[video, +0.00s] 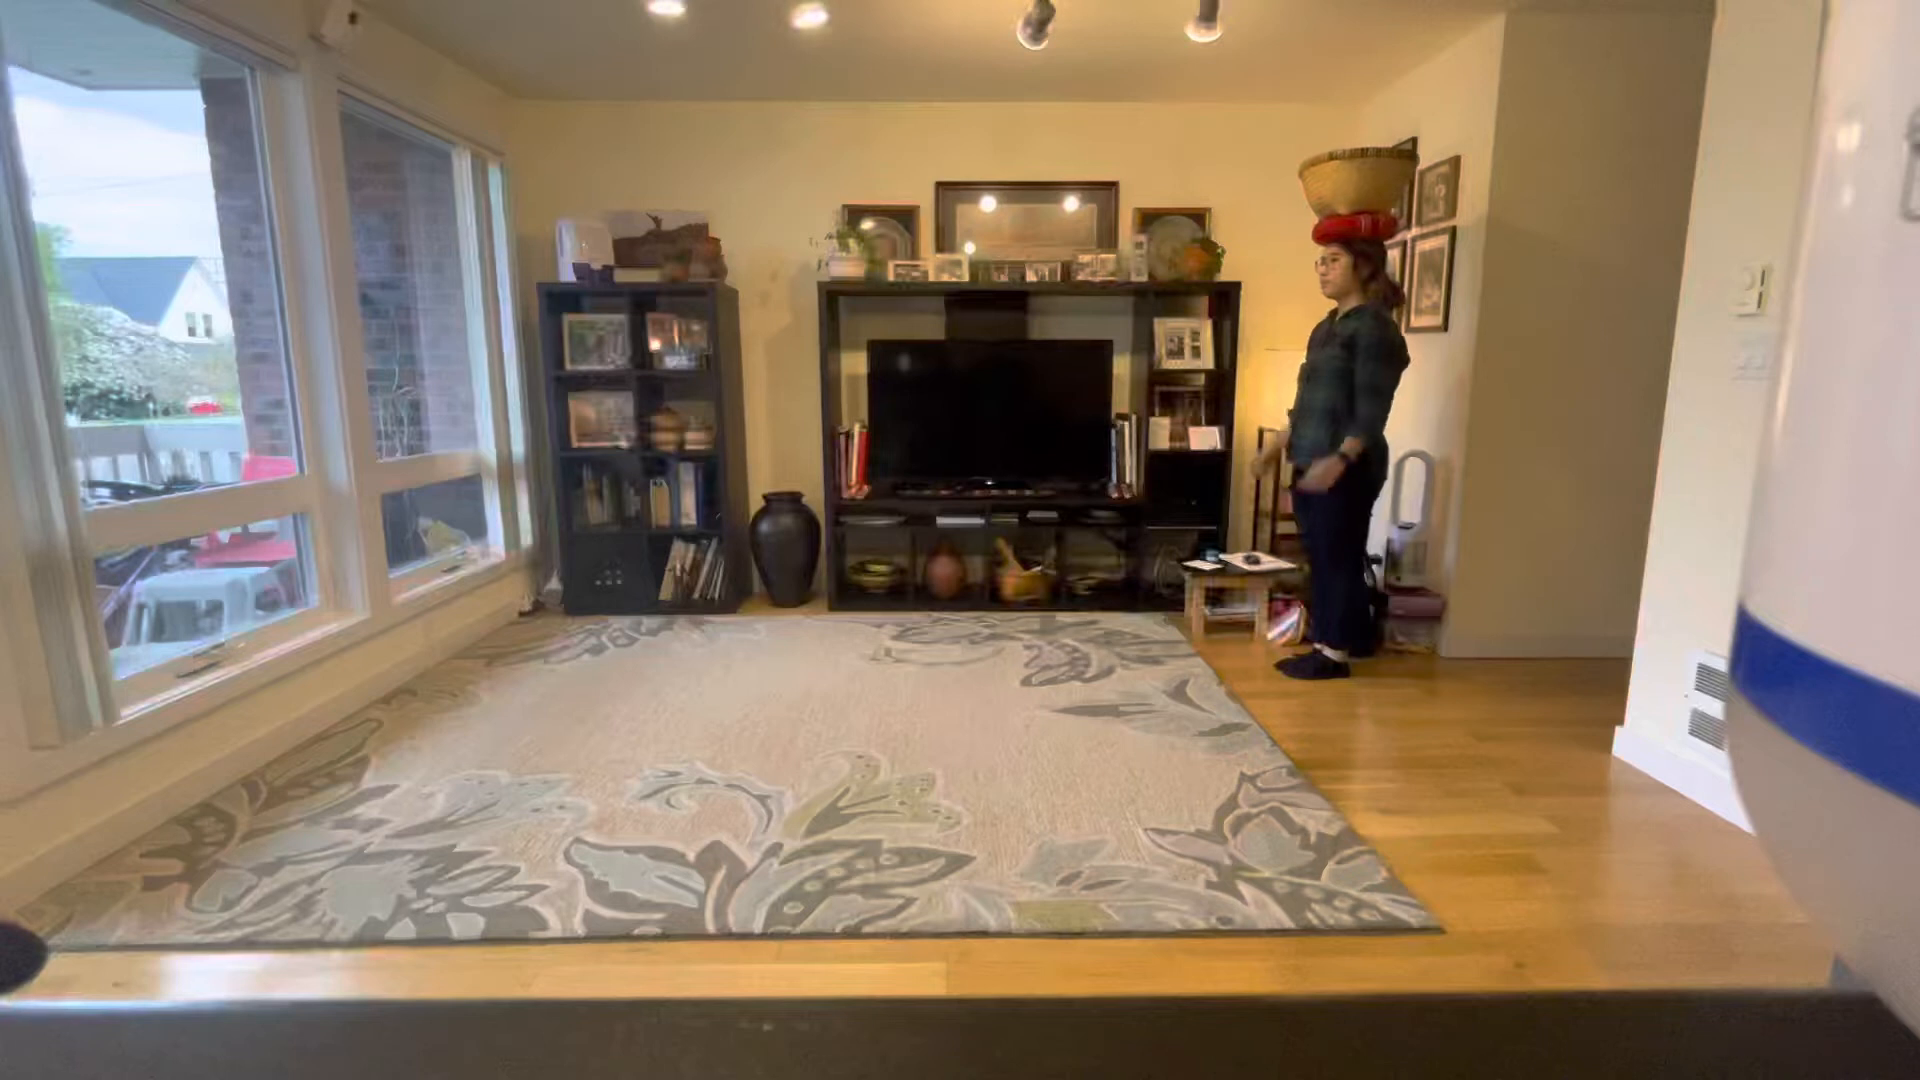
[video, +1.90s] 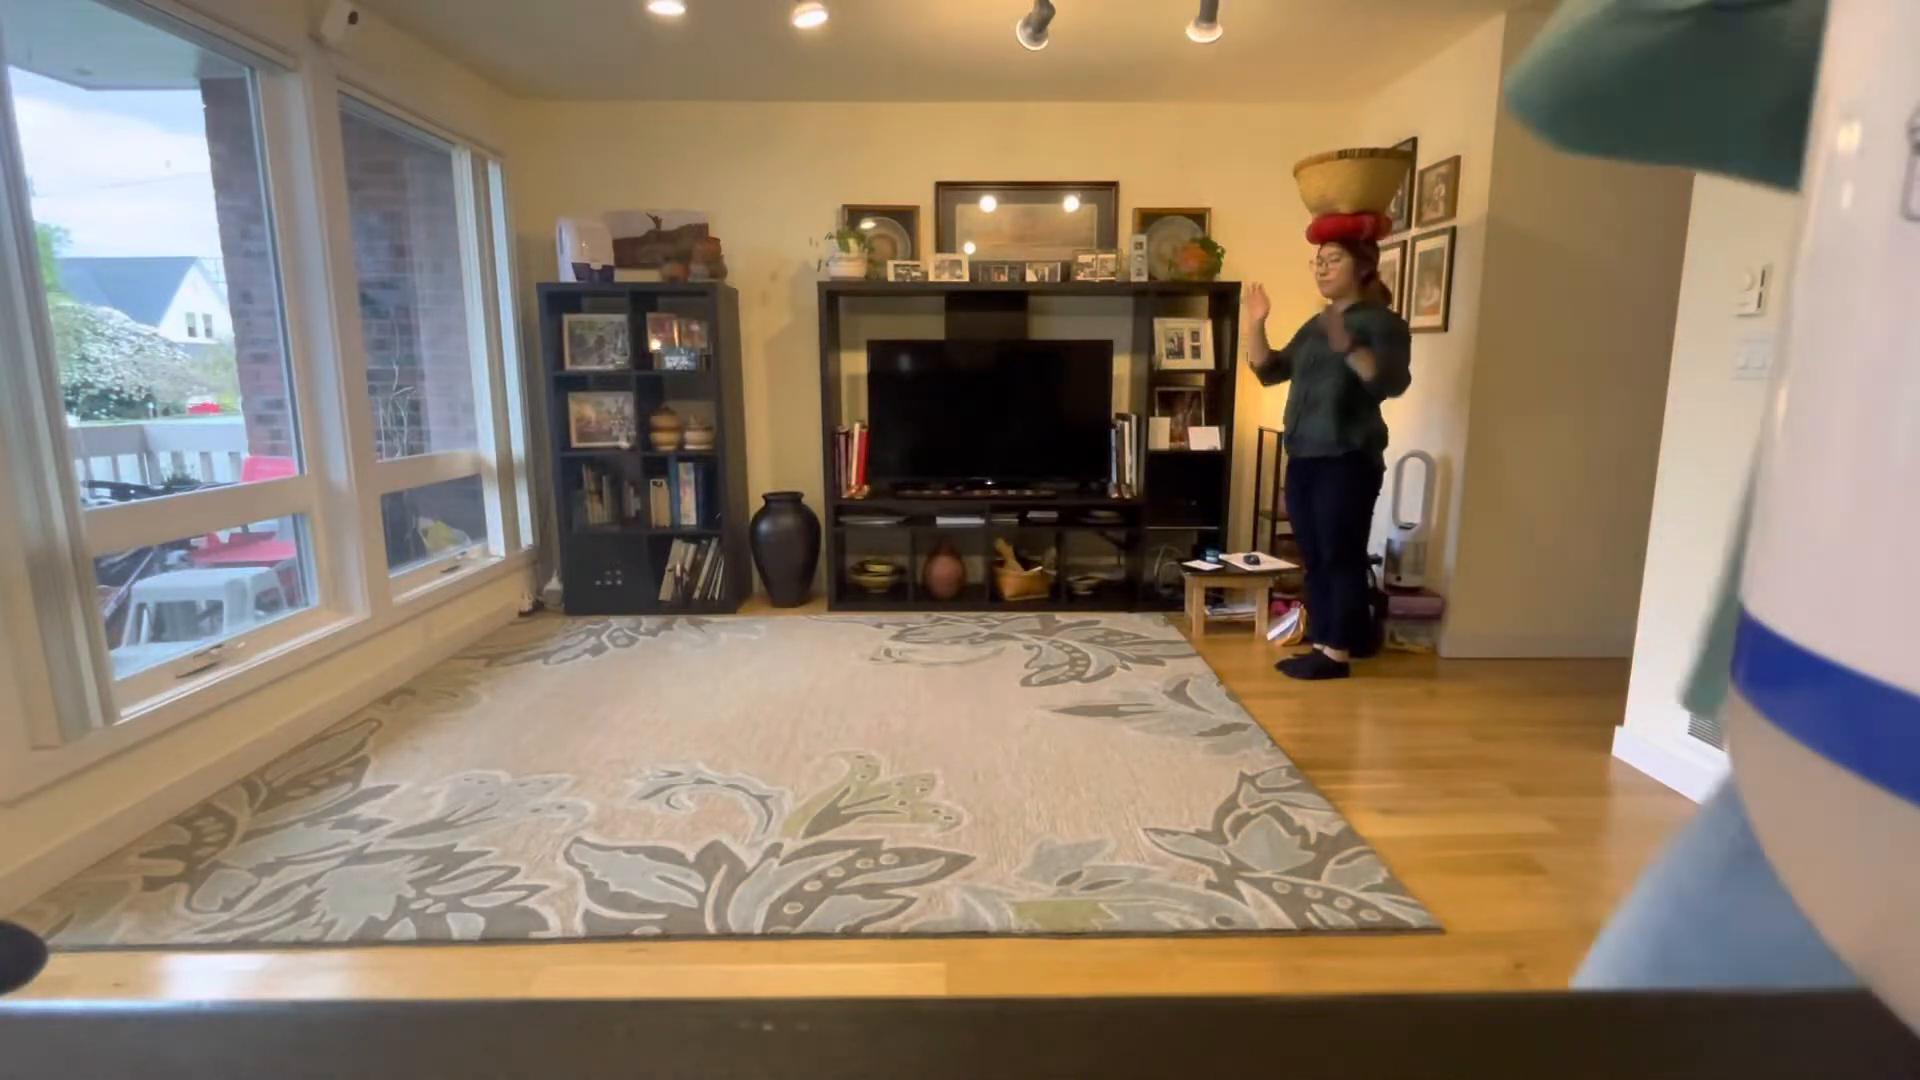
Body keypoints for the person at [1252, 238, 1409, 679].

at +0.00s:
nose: (1322, 270)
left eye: (1332, 261)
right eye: (1320, 262)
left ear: (1363, 268)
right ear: (1321, 271)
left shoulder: (1375, 326)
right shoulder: (1326, 327)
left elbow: (1373, 405)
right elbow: (1309, 399)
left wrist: (1340, 457)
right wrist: (1277, 445)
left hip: (1349, 460)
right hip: (1315, 457)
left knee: (1338, 554)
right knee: (1322, 553)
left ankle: (1334, 650)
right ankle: (1327, 640)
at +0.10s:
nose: (1320, 270)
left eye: (1330, 261)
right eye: (1320, 263)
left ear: (1361, 267)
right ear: (1330, 269)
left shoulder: (1376, 324)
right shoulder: (1326, 327)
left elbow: (1383, 399)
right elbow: (1306, 397)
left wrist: (1343, 417)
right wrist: (1254, 419)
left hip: (1349, 461)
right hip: (1315, 460)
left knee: (1338, 551)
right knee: (1321, 551)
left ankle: (1335, 649)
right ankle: (1331, 639)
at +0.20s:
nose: (1320, 270)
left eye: (1330, 261)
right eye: (1319, 263)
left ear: (1362, 266)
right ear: (1323, 270)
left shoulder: (1378, 321)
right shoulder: (1326, 326)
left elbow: (1388, 391)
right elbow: (1302, 389)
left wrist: (1345, 369)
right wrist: (1243, 389)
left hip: (1350, 459)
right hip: (1314, 458)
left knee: (1338, 552)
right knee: (1321, 551)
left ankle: (1335, 649)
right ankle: (1328, 638)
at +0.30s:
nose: (1321, 271)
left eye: (1330, 261)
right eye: (1320, 263)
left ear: (1362, 264)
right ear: (1331, 270)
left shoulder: (1382, 320)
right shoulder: (1325, 324)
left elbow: (1388, 364)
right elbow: (1285, 373)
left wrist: (1365, 311)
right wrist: (1246, 340)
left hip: (1352, 456)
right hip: (1312, 455)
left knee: (1338, 550)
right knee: (1320, 550)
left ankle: (1335, 650)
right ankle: (1333, 639)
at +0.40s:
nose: (1322, 270)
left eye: (1333, 261)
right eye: (1319, 262)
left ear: (1360, 267)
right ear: (1319, 270)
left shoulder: (1376, 317)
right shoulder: (1321, 322)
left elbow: (1394, 331)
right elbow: (1270, 350)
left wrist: (1376, 274)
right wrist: (1261, 301)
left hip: (1353, 451)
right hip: (1312, 451)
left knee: (1338, 547)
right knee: (1319, 547)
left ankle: (1334, 650)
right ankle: (1335, 638)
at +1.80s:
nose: (1321, 268)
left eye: (1332, 259)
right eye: (1318, 260)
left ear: (1361, 264)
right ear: (1315, 267)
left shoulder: (1378, 317)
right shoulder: (1313, 323)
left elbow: (1398, 353)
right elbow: (1258, 352)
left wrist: (1370, 293)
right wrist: (1262, 300)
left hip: (1350, 457)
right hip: (1305, 456)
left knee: (1341, 553)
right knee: (1315, 553)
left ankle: (1338, 653)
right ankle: (1323, 644)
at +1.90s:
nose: (1321, 268)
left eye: (1332, 259)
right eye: (1318, 261)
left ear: (1362, 266)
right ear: (1314, 268)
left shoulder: (1382, 322)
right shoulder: (1316, 325)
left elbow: (1391, 382)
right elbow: (1269, 370)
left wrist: (1347, 345)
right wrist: (1254, 325)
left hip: (1350, 459)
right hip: (1305, 458)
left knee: (1340, 553)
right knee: (1314, 553)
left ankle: (1337, 652)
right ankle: (1324, 643)